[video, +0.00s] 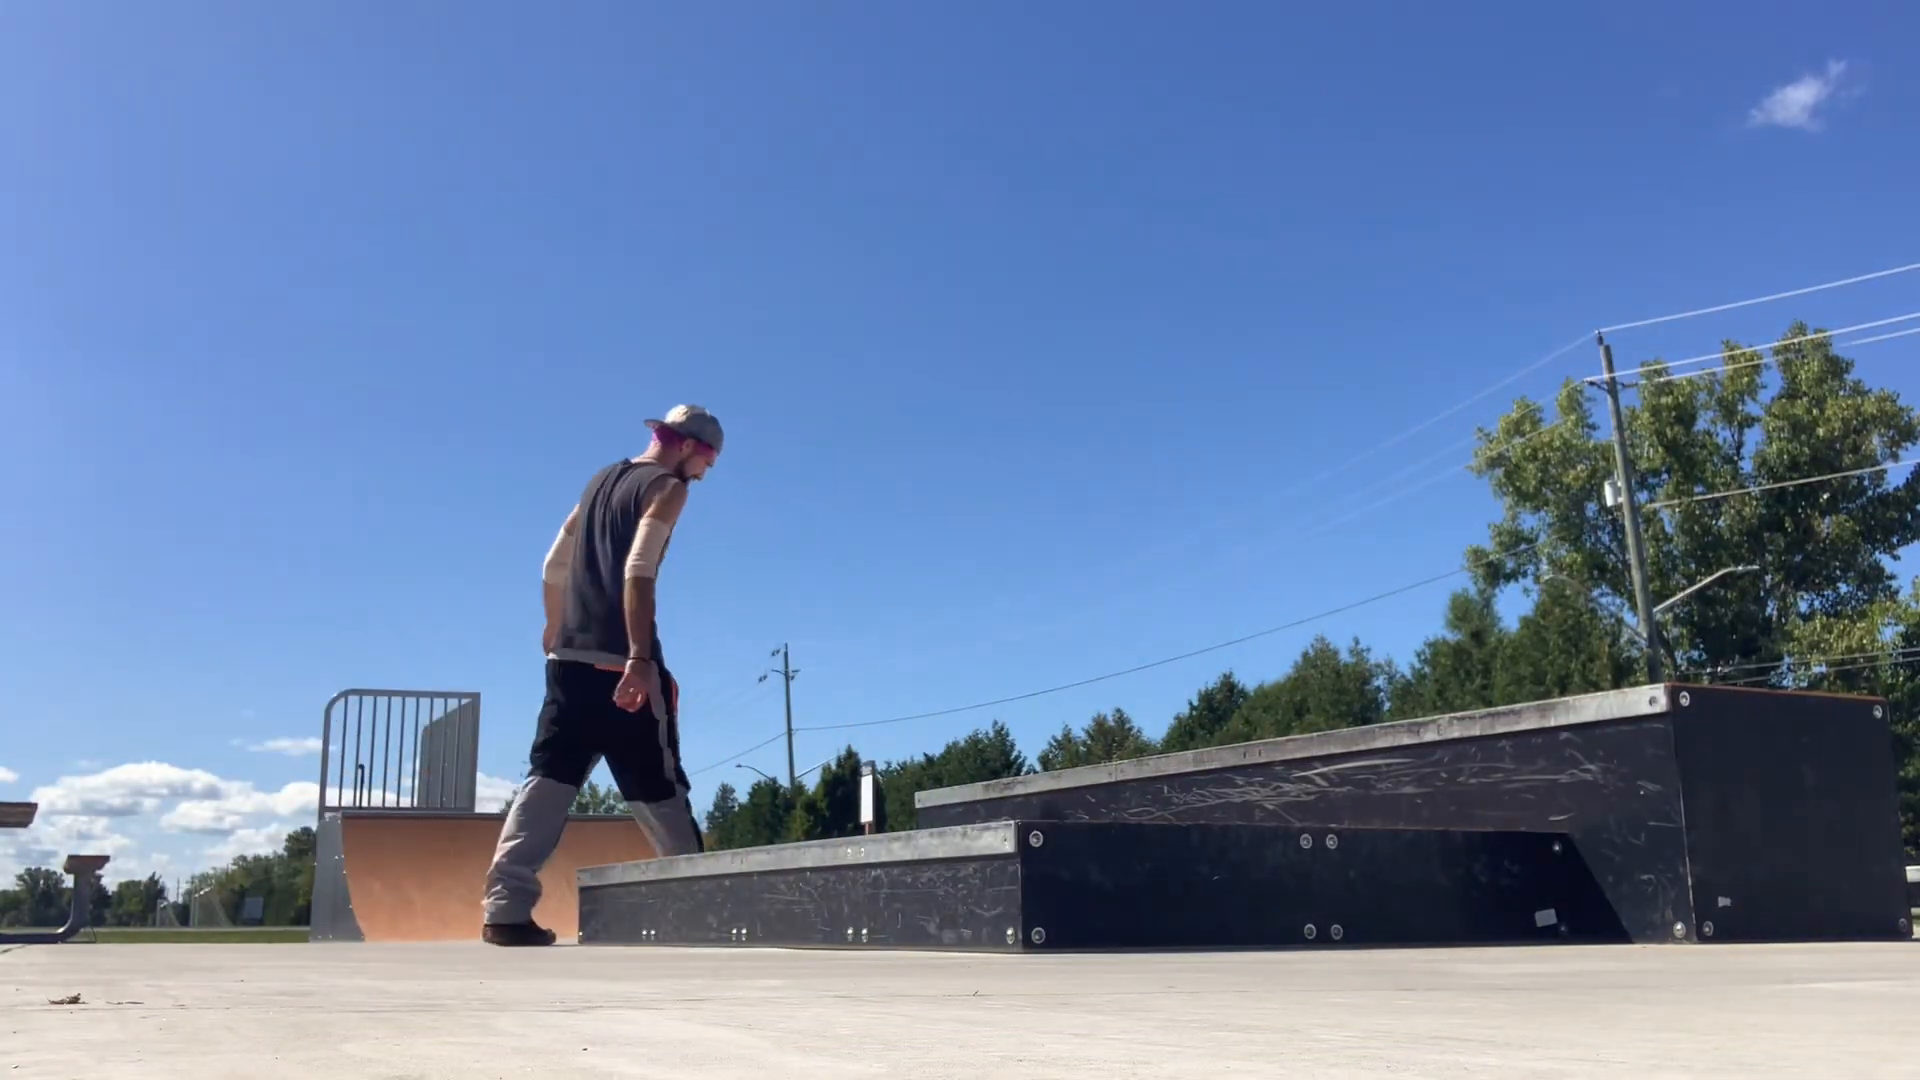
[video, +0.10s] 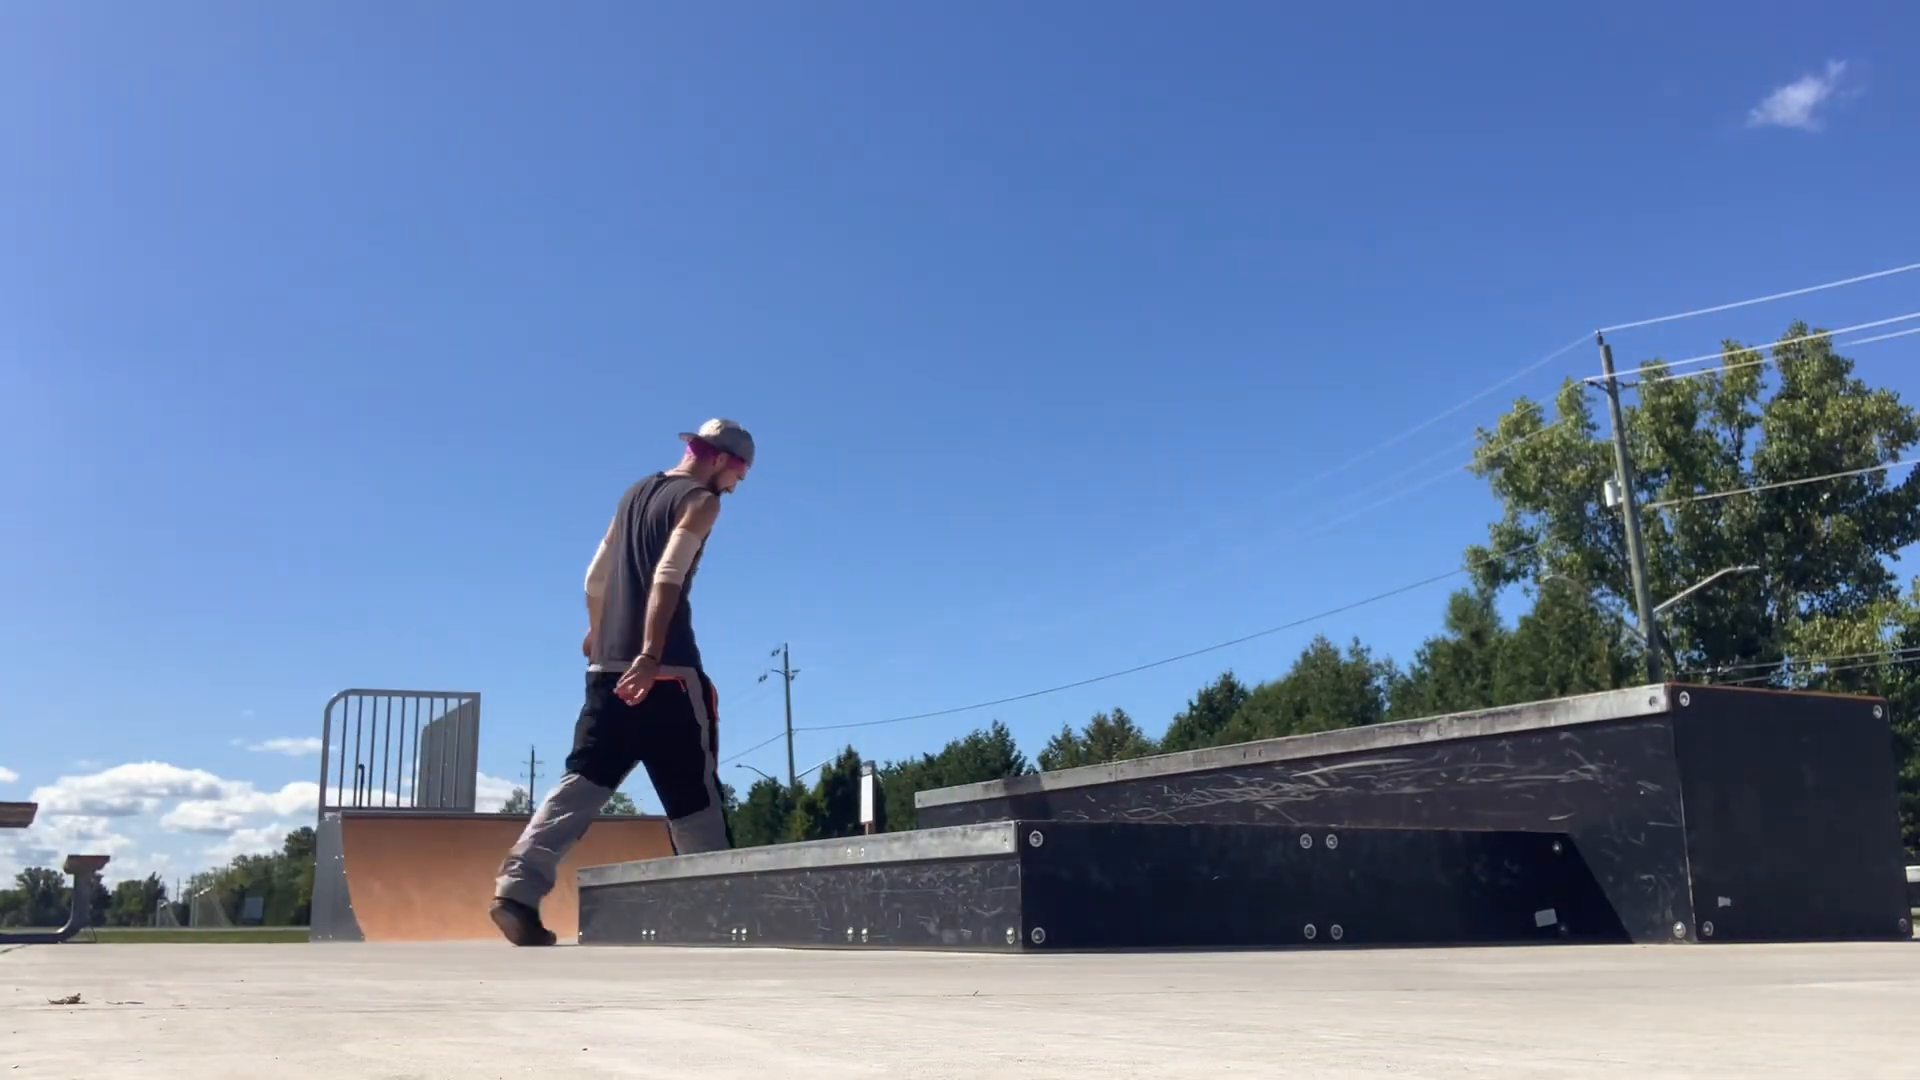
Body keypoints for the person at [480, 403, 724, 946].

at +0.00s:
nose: (706, 470)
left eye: (710, 461)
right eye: (708, 458)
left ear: (660, 439)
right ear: (688, 446)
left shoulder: (603, 479)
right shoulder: (667, 486)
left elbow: (556, 563)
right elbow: (639, 571)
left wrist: (556, 630)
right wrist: (640, 655)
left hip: (571, 662)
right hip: (627, 666)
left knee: (549, 781)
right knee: (659, 796)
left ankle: (505, 911)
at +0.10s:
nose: (739, 482)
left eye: (743, 473)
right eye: (740, 470)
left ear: (693, 453)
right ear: (720, 459)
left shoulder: (637, 493)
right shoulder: (702, 499)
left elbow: (597, 578)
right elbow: (668, 576)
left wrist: (599, 640)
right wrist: (650, 655)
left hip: (611, 673)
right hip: (667, 674)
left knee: (584, 783)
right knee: (694, 805)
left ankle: (517, 892)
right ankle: (723, 919)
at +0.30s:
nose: (783, 486)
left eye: (787, 478)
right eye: (788, 476)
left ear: (744, 455)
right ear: (777, 465)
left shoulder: (691, 498)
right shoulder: (761, 500)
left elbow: (650, 582)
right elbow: (741, 579)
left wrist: (667, 646)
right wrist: (743, 659)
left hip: (685, 666)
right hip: (734, 665)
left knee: (700, 773)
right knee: (746, 788)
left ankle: (644, 843)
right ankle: (740, 892)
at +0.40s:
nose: (801, 484)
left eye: (806, 476)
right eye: (806, 474)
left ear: (759, 457)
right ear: (797, 465)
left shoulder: (710, 503)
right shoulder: (783, 501)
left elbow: (673, 581)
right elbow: (782, 585)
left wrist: (682, 653)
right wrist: (809, 665)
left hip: (710, 668)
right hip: (758, 667)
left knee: (731, 777)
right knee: (756, 786)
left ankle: (711, 868)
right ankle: (739, 886)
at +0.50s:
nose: (819, 493)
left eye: (820, 485)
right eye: (822, 484)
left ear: (774, 470)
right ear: (815, 476)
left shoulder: (728, 517)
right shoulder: (802, 511)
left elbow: (695, 592)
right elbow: (824, 596)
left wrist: (689, 661)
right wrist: (867, 662)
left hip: (734, 669)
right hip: (779, 665)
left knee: (777, 787)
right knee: (770, 784)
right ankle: (732, 879)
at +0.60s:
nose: (836, 504)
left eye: (837, 497)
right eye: (838, 497)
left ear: (790, 488)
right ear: (831, 492)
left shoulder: (749, 534)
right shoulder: (825, 526)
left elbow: (713, 600)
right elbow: (854, 607)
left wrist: (709, 667)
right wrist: (900, 656)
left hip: (759, 680)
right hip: (803, 675)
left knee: (798, 791)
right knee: (786, 790)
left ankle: (828, 880)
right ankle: (735, 878)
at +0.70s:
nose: (850, 512)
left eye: (849, 506)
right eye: (851, 506)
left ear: (805, 500)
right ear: (846, 502)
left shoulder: (770, 544)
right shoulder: (845, 536)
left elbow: (737, 610)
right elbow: (866, 612)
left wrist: (744, 673)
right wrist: (898, 654)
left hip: (785, 692)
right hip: (830, 688)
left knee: (830, 796)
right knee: (830, 797)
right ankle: (766, 861)